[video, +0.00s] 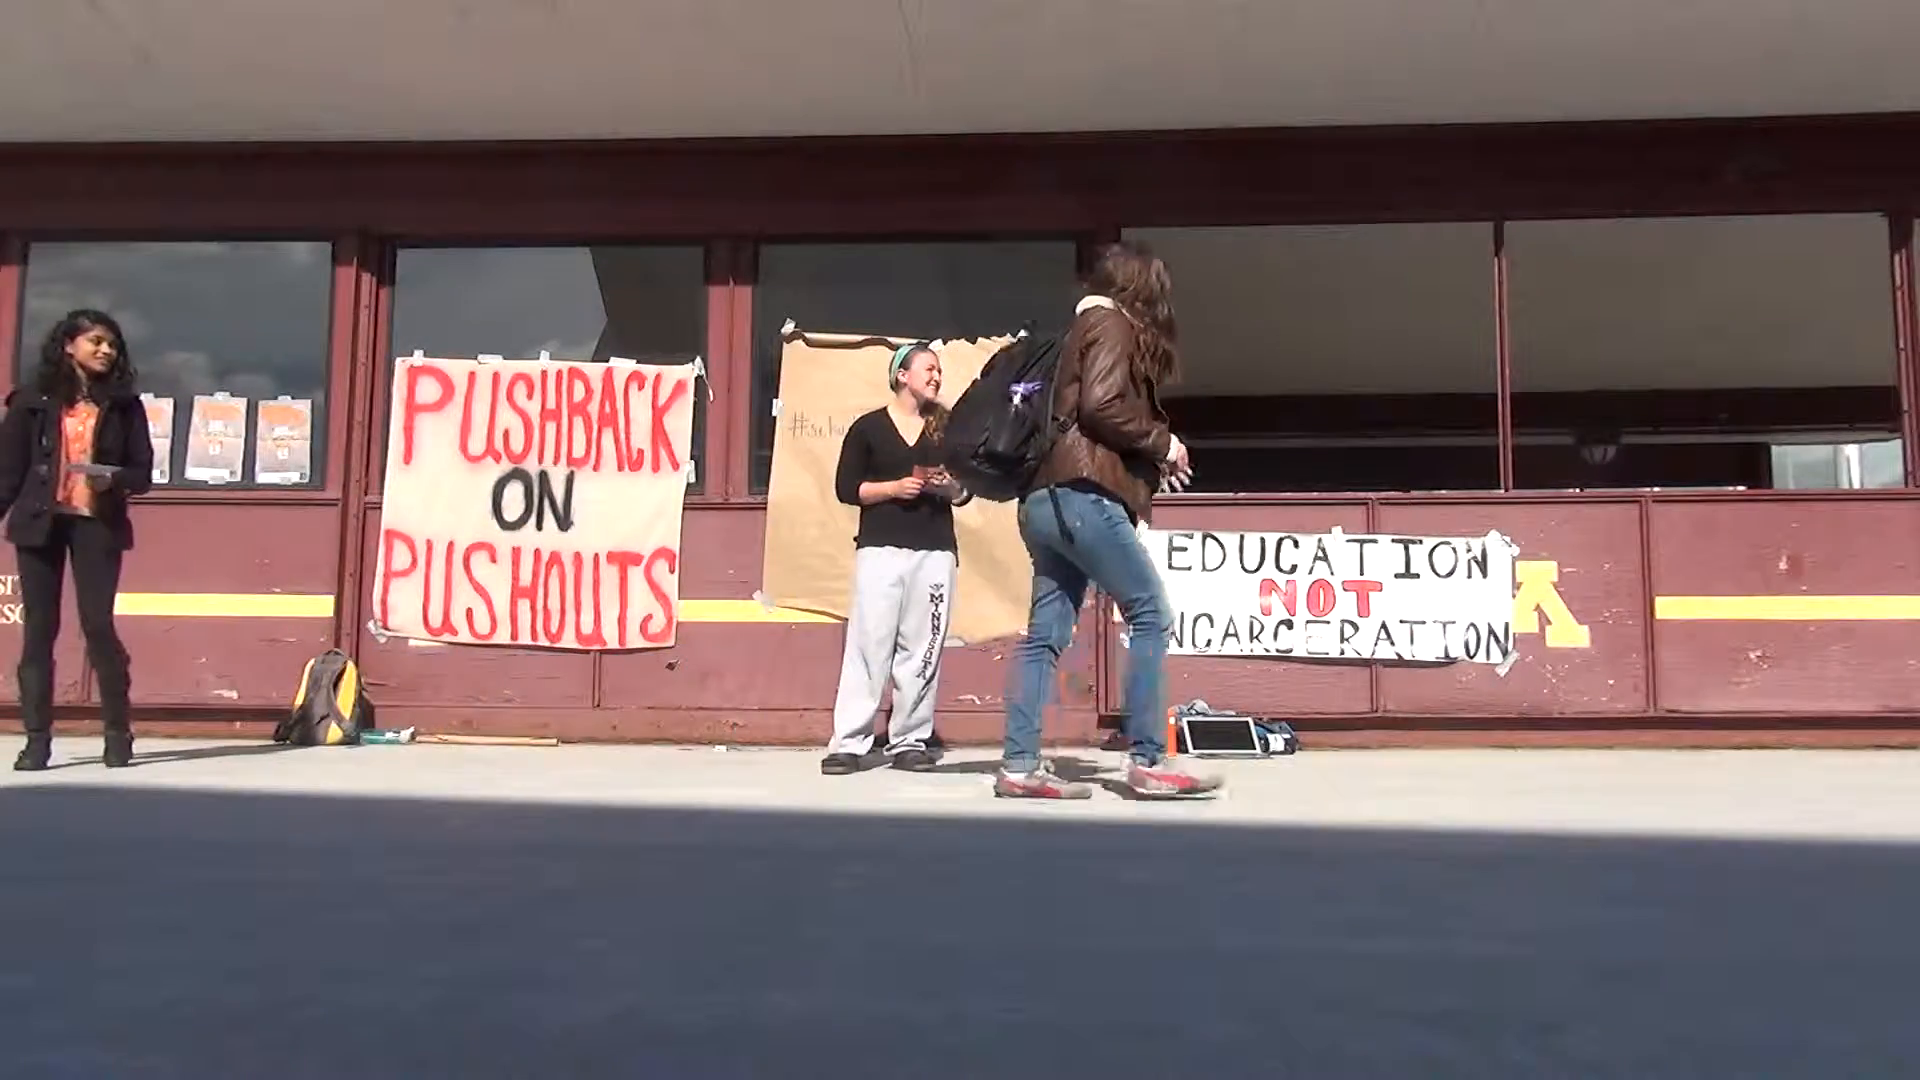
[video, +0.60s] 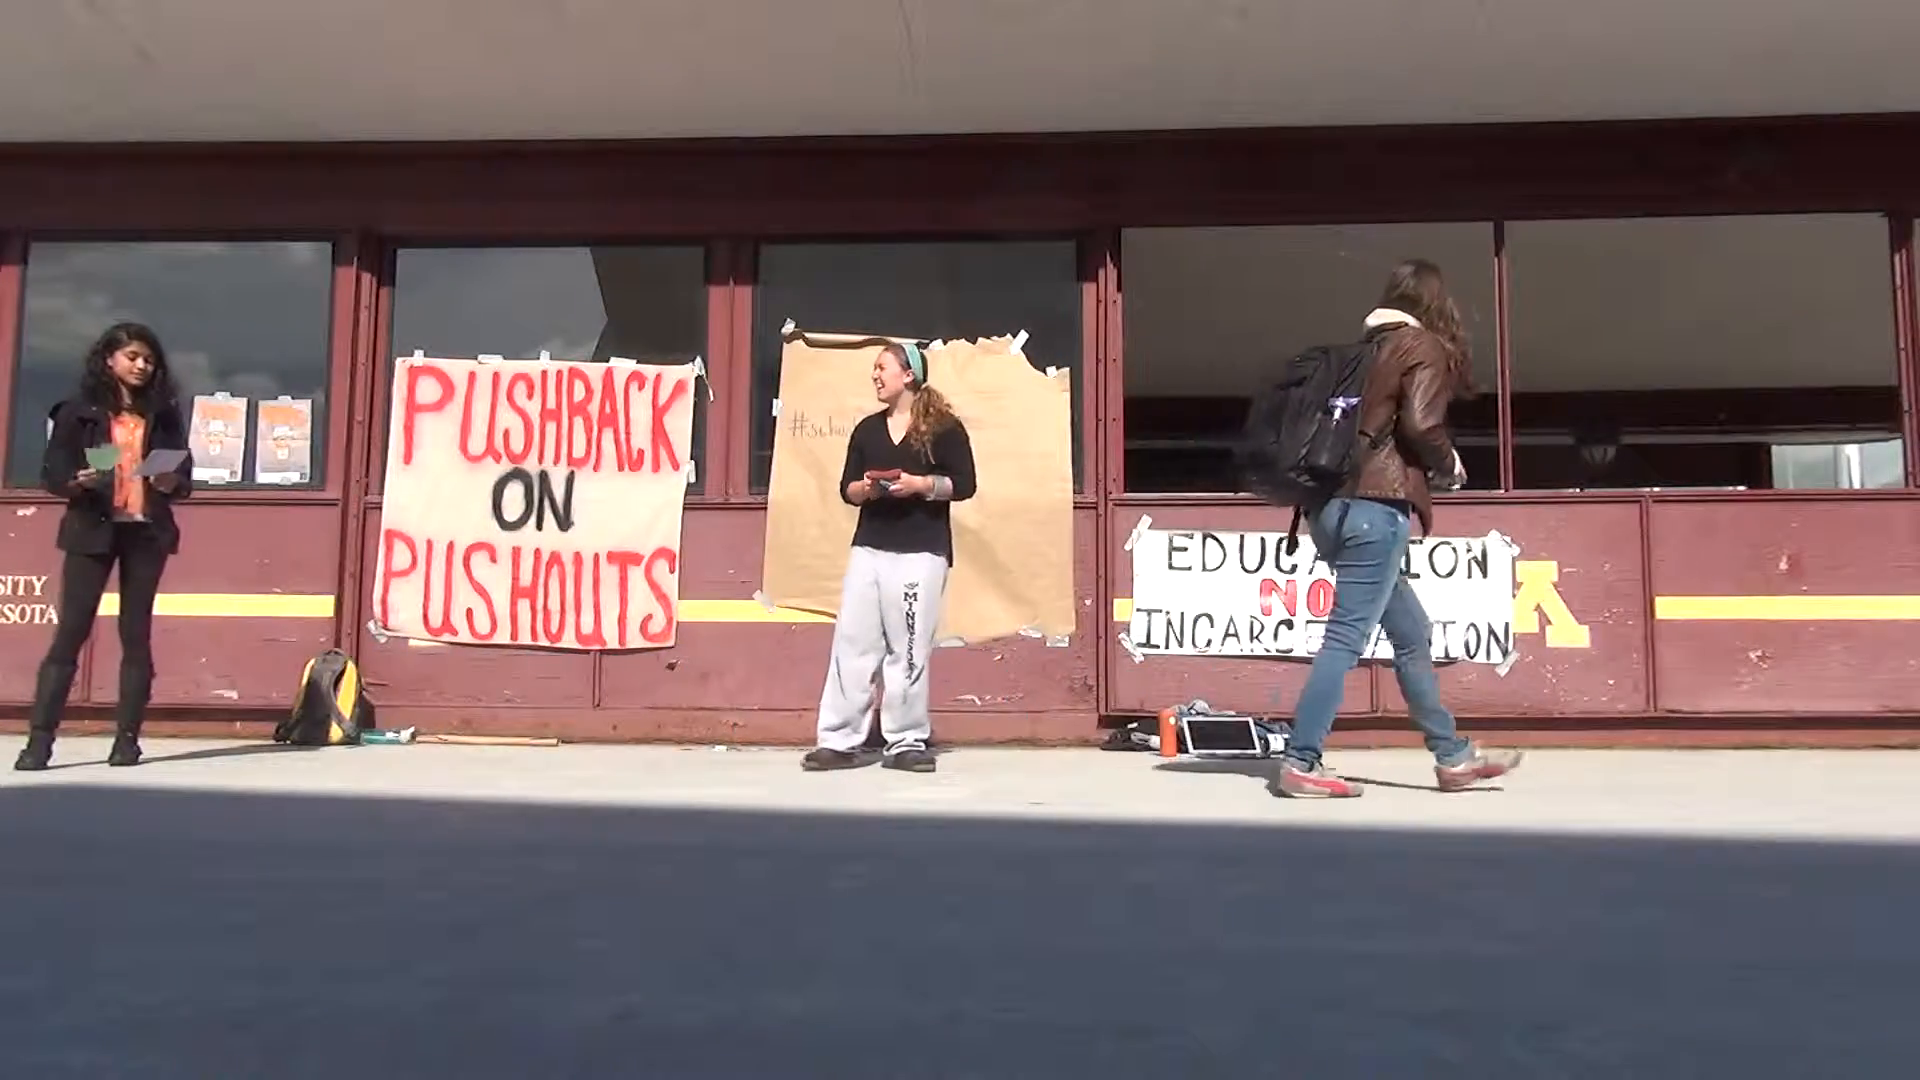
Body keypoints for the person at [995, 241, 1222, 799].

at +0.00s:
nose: (1159, 298)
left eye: (1158, 286)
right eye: (1156, 287)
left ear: (1101, 282)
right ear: (1141, 285)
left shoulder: (1076, 329)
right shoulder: (1112, 325)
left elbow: (1077, 421)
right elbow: (1101, 403)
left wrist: (1150, 462)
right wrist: (1161, 442)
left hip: (1042, 501)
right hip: (1085, 497)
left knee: (1044, 638)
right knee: (1151, 616)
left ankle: (1020, 768)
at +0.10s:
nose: (1208, 315)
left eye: (1208, 304)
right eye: (1206, 304)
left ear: (1154, 296)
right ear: (1193, 302)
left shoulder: (1126, 344)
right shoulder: (1165, 341)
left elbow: (1125, 436)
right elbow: (1152, 417)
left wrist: (1191, 476)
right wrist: (1212, 451)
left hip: (1083, 515)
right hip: (1134, 514)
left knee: (1068, 645)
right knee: (1202, 637)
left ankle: (1021, 765)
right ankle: (1270, 758)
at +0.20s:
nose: (1260, 319)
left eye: (1260, 308)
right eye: (1259, 308)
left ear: (1205, 303)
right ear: (1246, 307)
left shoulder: (1181, 354)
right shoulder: (1223, 350)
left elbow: (1179, 442)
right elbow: (1209, 427)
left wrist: (1244, 475)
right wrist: (1264, 459)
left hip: (1143, 520)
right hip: (1193, 522)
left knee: (1114, 644)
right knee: (1256, 638)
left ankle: (1038, 747)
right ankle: (1290, 767)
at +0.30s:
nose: (1312, 312)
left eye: (1308, 302)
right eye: (1310, 302)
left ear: (1257, 299)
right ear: (1299, 302)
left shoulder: (1229, 351)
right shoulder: (1283, 349)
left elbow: (1210, 431)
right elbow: (1266, 427)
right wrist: (1316, 459)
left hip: (1199, 516)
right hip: (1252, 517)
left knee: (1198, 652)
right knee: (1300, 635)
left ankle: (1097, 722)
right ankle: (1297, 766)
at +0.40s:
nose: (1359, 304)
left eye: (1357, 294)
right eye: (1357, 294)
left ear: (1301, 289)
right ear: (1346, 294)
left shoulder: (1275, 339)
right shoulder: (1331, 338)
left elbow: (1250, 423)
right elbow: (1320, 419)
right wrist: (1364, 455)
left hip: (1243, 507)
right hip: (1296, 506)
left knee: (1283, 635)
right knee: (1312, 638)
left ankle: (1195, 719)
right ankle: (1298, 767)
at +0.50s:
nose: (1400, 303)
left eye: (1398, 293)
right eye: (1398, 293)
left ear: (1344, 286)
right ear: (1387, 292)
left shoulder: (1314, 338)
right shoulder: (1377, 336)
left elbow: (1284, 418)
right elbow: (1368, 412)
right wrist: (1405, 451)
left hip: (1284, 501)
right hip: (1337, 504)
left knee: (1365, 626)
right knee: (1326, 635)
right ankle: (1298, 766)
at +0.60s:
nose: (1448, 308)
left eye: (1444, 298)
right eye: (1444, 299)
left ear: (1390, 298)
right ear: (1433, 302)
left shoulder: (1363, 347)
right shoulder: (1427, 348)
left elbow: (1332, 424)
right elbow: (1419, 425)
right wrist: (1449, 468)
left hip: (1328, 510)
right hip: (1378, 512)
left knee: (1412, 635)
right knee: (1344, 640)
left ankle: (1454, 758)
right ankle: (1300, 765)